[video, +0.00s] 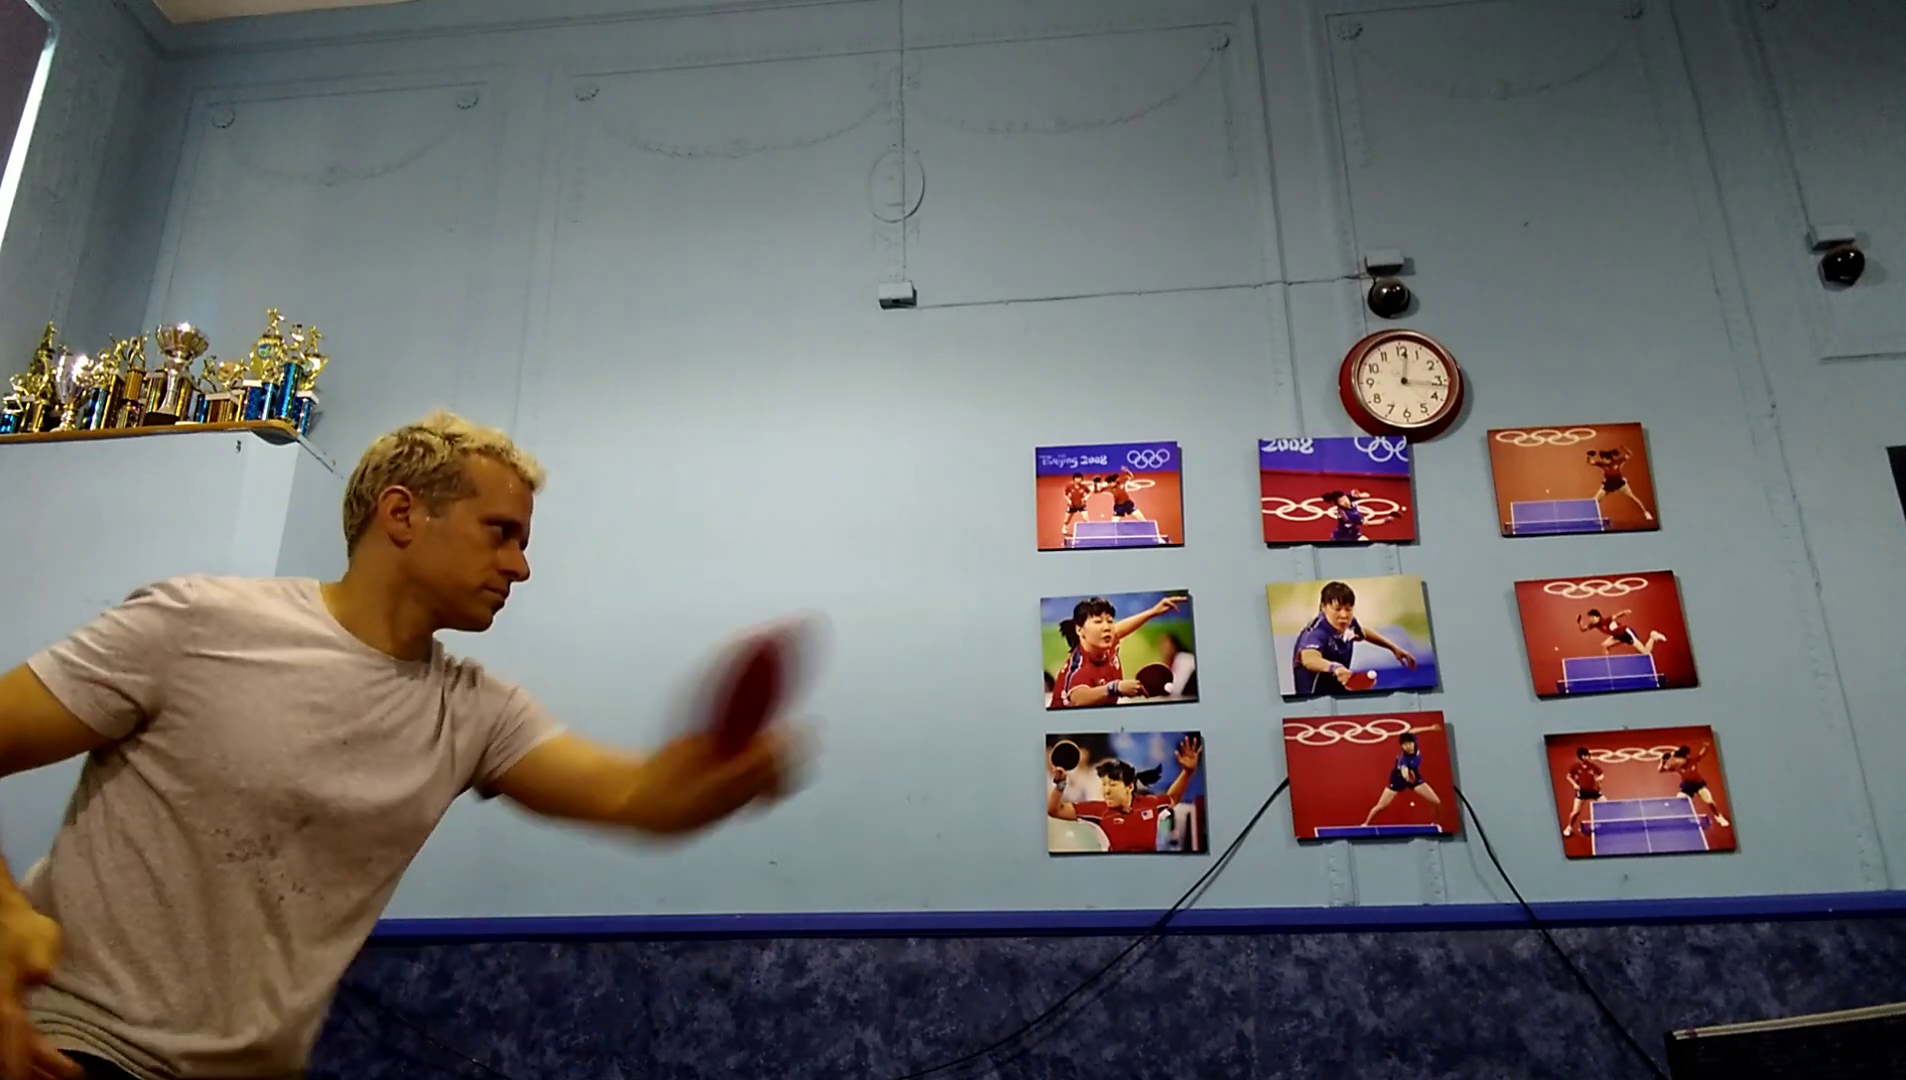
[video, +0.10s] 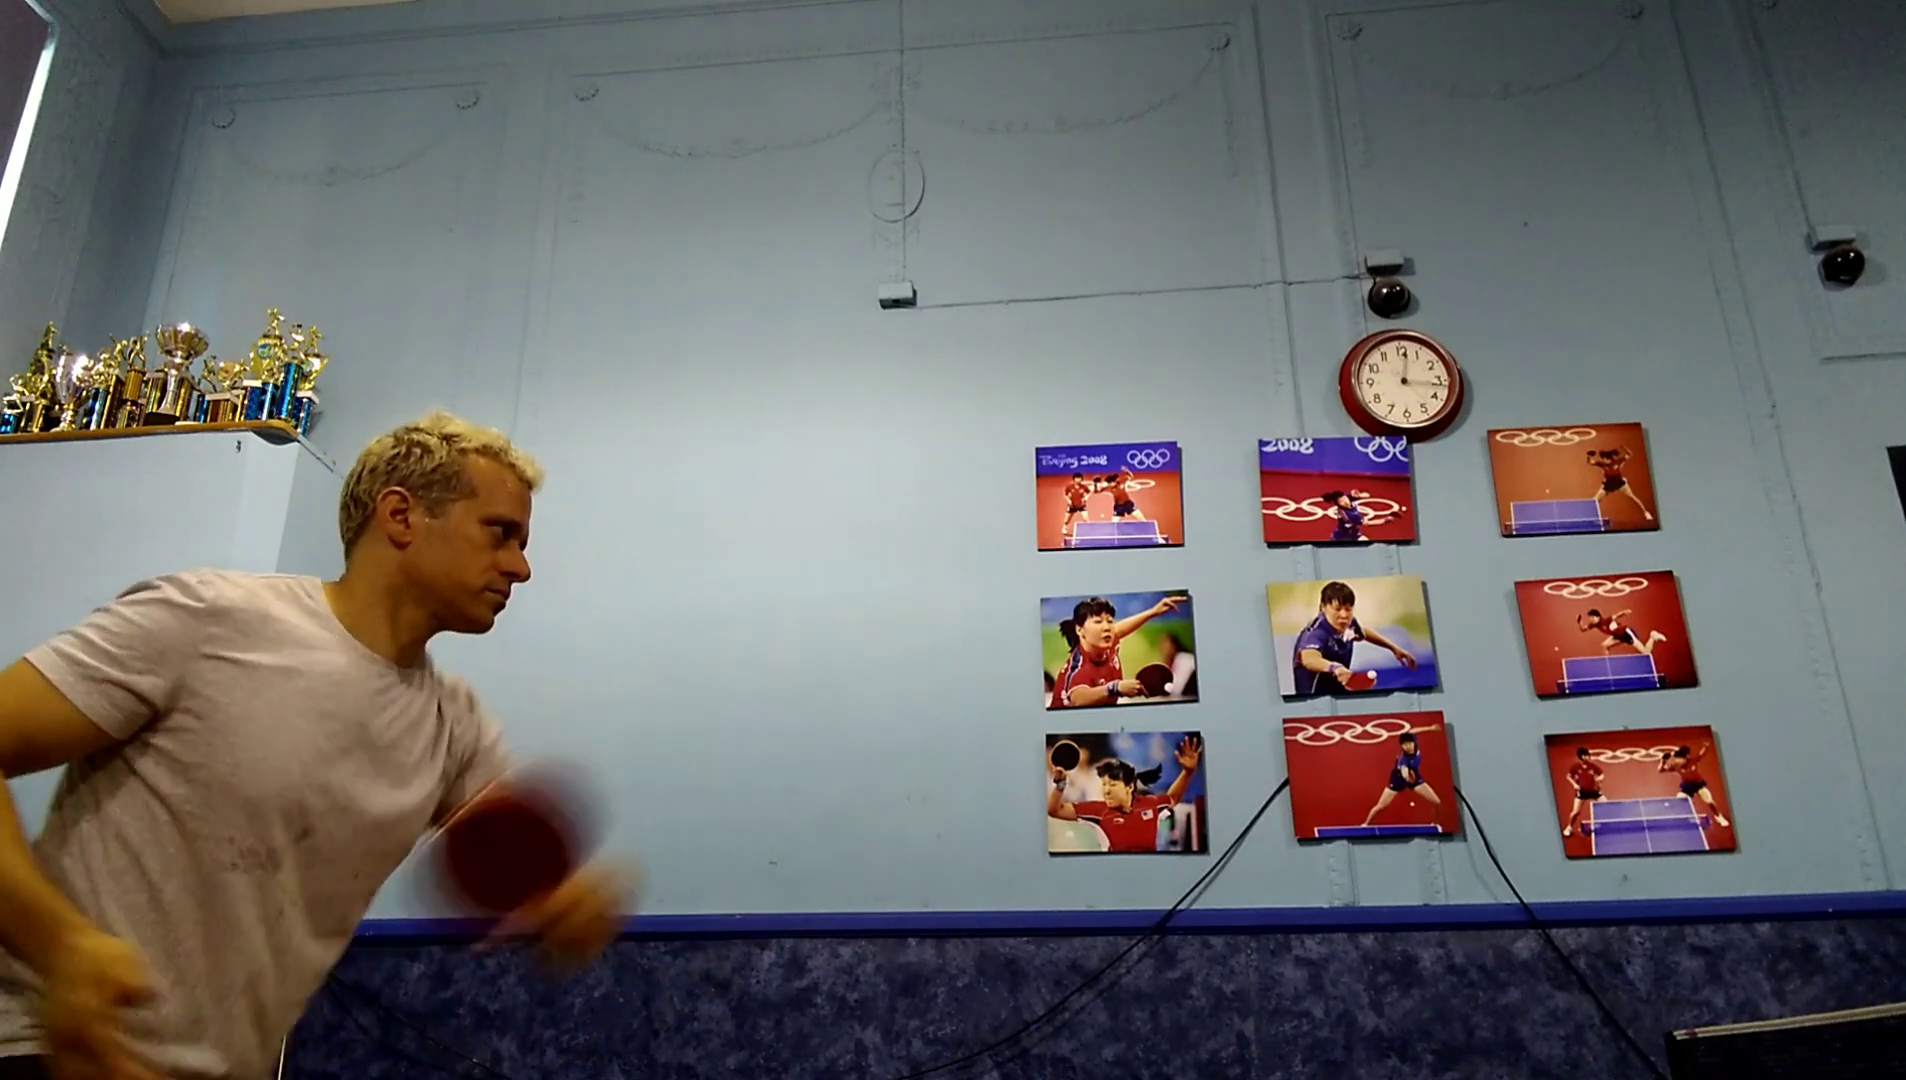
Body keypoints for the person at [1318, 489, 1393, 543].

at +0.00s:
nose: (1344, 502)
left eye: (1344, 499)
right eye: (1341, 502)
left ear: (1346, 497)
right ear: (1339, 505)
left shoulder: (1349, 498)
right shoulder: (1350, 515)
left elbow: (1367, 496)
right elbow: (1367, 523)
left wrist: (1360, 495)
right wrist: (1385, 520)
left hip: (1356, 536)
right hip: (1341, 538)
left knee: (1371, 548)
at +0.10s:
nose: (1344, 502)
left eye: (1344, 499)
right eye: (1341, 502)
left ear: (1346, 497)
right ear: (1339, 505)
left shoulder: (1349, 498)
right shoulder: (1350, 515)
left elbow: (1367, 496)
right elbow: (1367, 523)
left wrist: (1360, 495)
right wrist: (1385, 520)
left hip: (1356, 536)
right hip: (1341, 538)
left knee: (1371, 548)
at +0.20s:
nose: (1345, 502)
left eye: (1344, 499)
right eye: (1341, 502)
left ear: (1346, 497)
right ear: (1339, 505)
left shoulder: (1348, 498)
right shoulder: (1350, 515)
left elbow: (1367, 496)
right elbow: (1366, 523)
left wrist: (1360, 495)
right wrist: (1385, 520)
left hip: (1355, 535)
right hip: (1341, 538)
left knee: (1371, 547)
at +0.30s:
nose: (1345, 502)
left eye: (1344, 499)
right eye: (1341, 502)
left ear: (1346, 497)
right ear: (1339, 505)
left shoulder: (1348, 498)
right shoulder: (1350, 515)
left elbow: (1367, 496)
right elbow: (1366, 523)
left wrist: (1360, 495)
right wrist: (1385, 520)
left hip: (1355, 535)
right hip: (1341, 538)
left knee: (1371, 547)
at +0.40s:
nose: (1344, 502)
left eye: (1344, 499)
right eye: (1341, 502)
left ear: (1346, 497)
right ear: (1339, 505)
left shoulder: (1348, 497)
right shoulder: (1350, 515)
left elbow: (1367, 495)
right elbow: (1366, 523)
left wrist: (1360, 495)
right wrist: (1385, 520)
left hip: (1355, 536)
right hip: (1341, 538)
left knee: (1371, 548)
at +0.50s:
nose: (1344, 502)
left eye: (1344, 499)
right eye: (1341, 502)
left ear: (1346, 497)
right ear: (1339, 505)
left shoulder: (1349, 498)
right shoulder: (1350, 515)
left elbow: (1367, 496)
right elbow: (1366, 523)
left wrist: (1360, 495)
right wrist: (1385, 520)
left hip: (1356, 536)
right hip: (1341, 538)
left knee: (1371, 548)